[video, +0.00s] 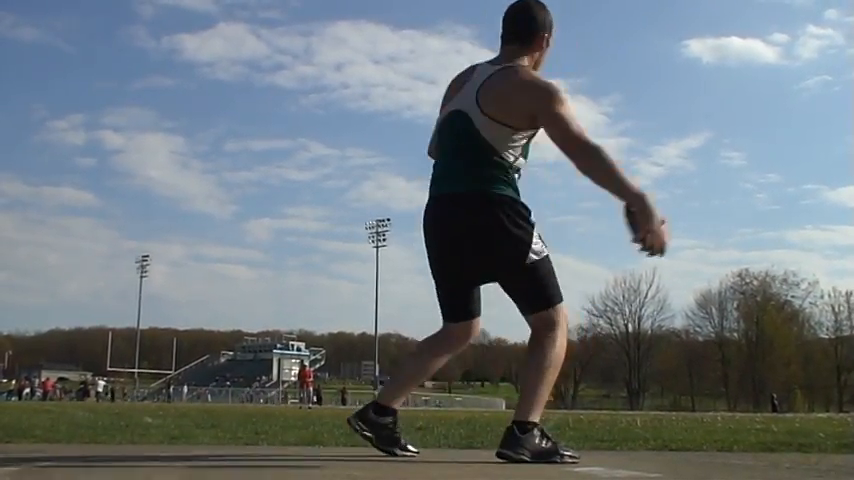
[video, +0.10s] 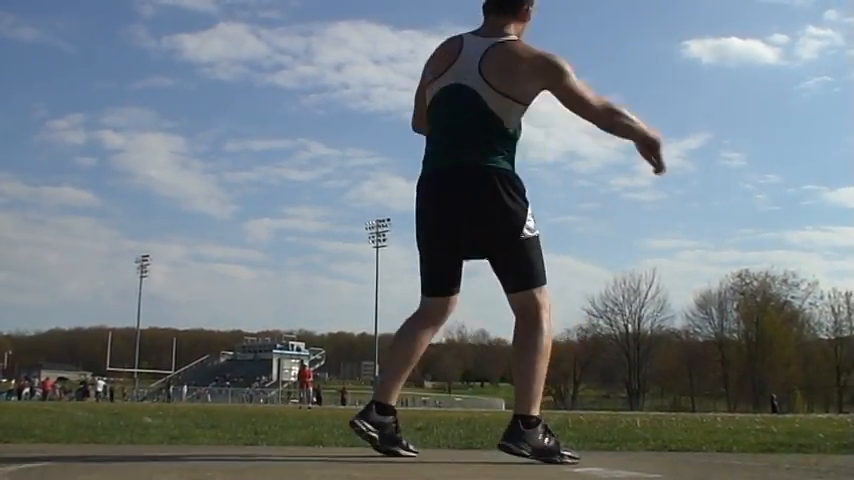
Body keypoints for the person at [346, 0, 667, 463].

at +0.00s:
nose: (550, 49)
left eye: (548, 42)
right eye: (550, 42)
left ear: (504, 37)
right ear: (542, 42)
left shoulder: (463, 79)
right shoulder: (537, 89)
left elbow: (437, 147)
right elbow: (581, 149)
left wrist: (490, 155)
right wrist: (636, 198)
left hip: (442, 213)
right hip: (494, 211)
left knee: (460, 327)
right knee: (551, 323)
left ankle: (380, 412)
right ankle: (525, 431)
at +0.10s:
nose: (532, 15)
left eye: (528, 11)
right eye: (532, 10)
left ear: (484, 10)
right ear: (528, 11)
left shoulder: (444, 51)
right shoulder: (533, 60)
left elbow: (420, 120)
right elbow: (596, 109)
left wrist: (471, 132)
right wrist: (643, 134)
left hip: (434, 192)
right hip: (492, 190)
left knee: (434, 306)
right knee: (533, 309)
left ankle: (379, 411)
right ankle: (527, 426)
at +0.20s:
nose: (515, 10)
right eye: (516, 7)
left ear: (471, 2)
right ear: (513, 5)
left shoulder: (429, 41)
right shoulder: (530, 47)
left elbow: (414, 106)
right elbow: (559, 81)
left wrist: (455, 81)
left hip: (433, 180)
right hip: (493, 179)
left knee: (416, 301)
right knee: (525, 305)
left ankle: (383, 412)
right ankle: (530, 419)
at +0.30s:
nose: (508, 10)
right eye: (510, 7)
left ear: (460, 4)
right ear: (505, 5)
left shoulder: (421, 44)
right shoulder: (523, 47)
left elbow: (409, 100)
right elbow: (509, 90)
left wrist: (427, 44)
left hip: (435, 183)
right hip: (498, 182)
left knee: (412, 303)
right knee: (525, 307)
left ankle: (382, 420)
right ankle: (529, 421)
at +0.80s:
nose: (520, 18)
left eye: (520, 12)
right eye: (521, 11)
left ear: (473, 7)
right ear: (512, 10)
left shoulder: (428, 54)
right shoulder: (525, 53)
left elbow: (432, 103)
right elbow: (533, 89)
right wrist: (492, 52)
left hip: (429, 197)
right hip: (489, 195)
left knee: (418, 314)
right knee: (527, 311)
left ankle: (382, 429)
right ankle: (526, 434)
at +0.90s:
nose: (530, 30)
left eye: (532, 20)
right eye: (532, 19)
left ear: (484, 10)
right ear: (517, 13)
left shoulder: (441, 59)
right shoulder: (521, 58)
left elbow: (483, 134)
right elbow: (576, 100)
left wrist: (550, 124)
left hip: (428, 196)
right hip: (482, 194)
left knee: (438, 316)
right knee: (530, 308)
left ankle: (385, 422)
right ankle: (526, 434)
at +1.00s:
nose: (542, 39)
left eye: (544, 30)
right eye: (541, 28)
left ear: (502, 20)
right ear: (520, 21)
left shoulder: (465, 68)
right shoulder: (520, 71)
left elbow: (513, 140)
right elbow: (579, 122)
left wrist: (581, 144)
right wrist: (647, 155)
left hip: (430, 203)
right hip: (476, 200)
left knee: (464, 319)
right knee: (538, 307)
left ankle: (391, 412)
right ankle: (527, 434)